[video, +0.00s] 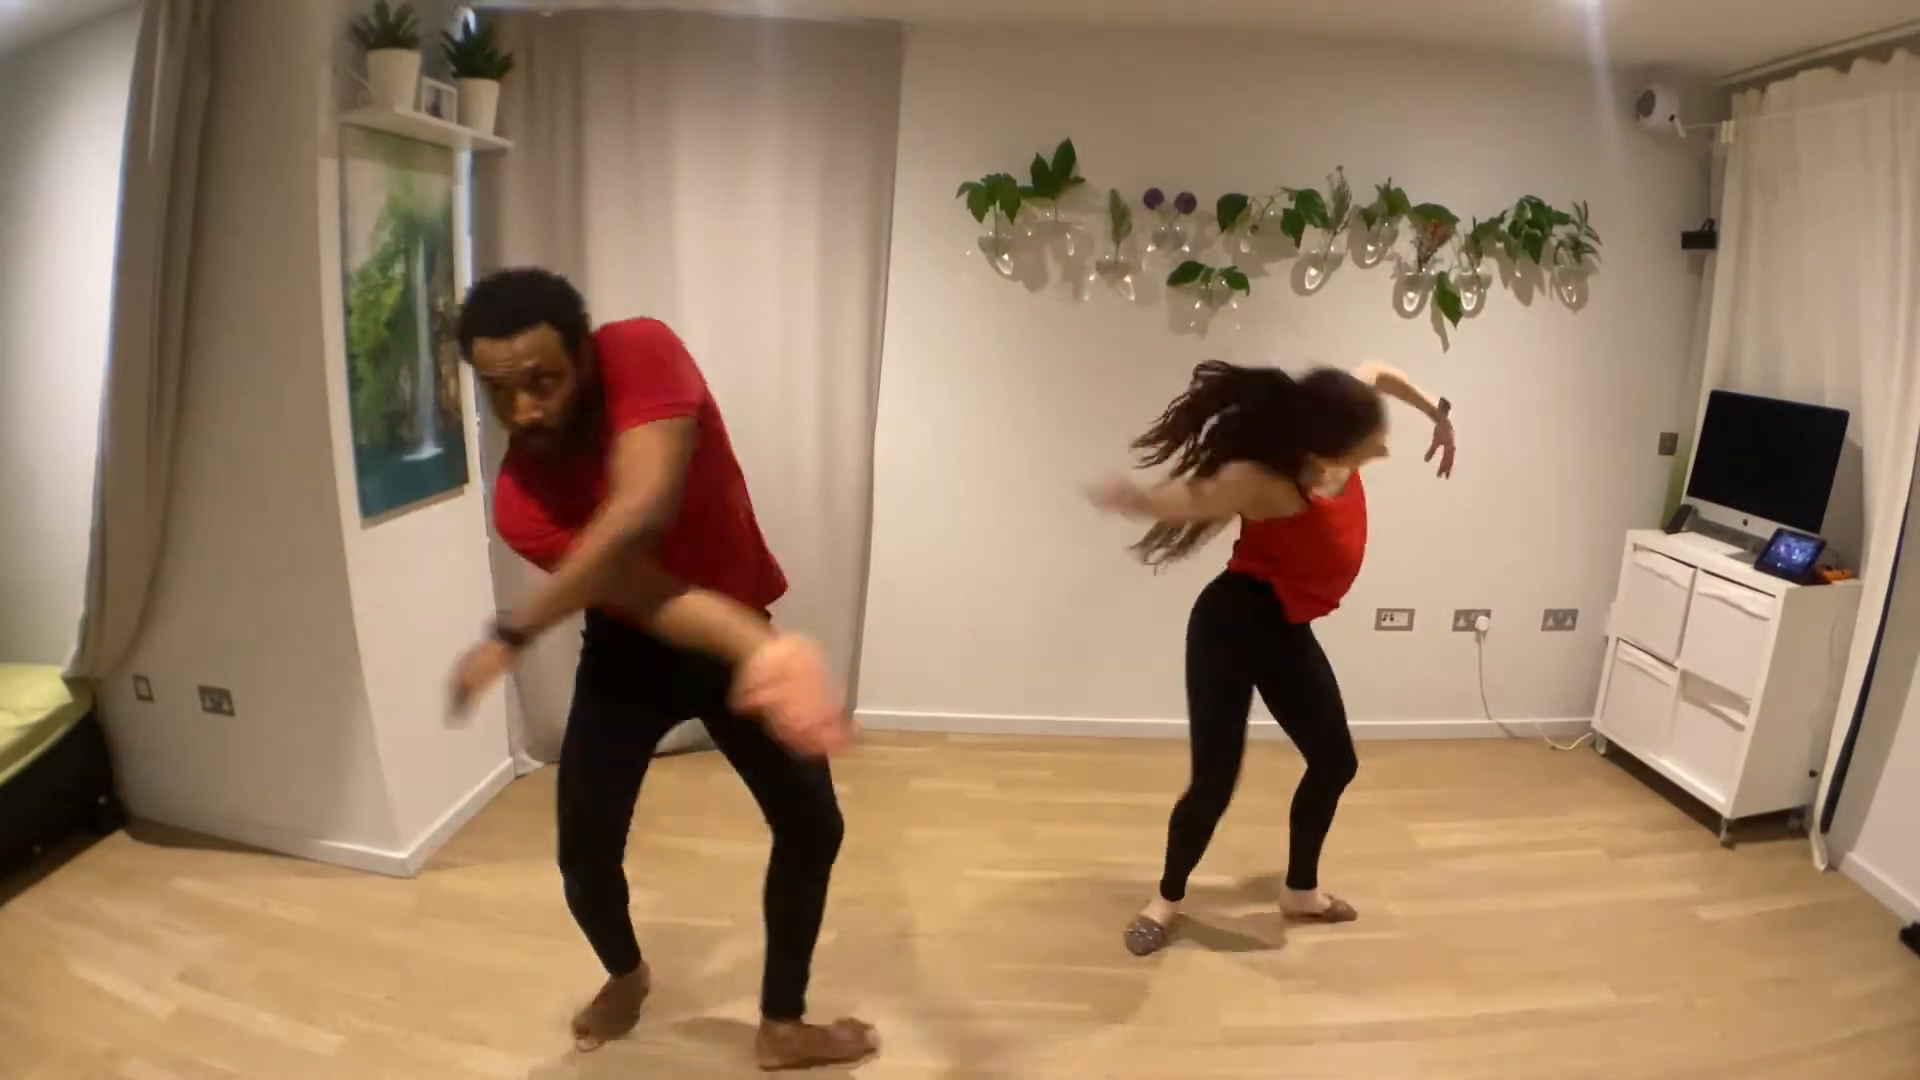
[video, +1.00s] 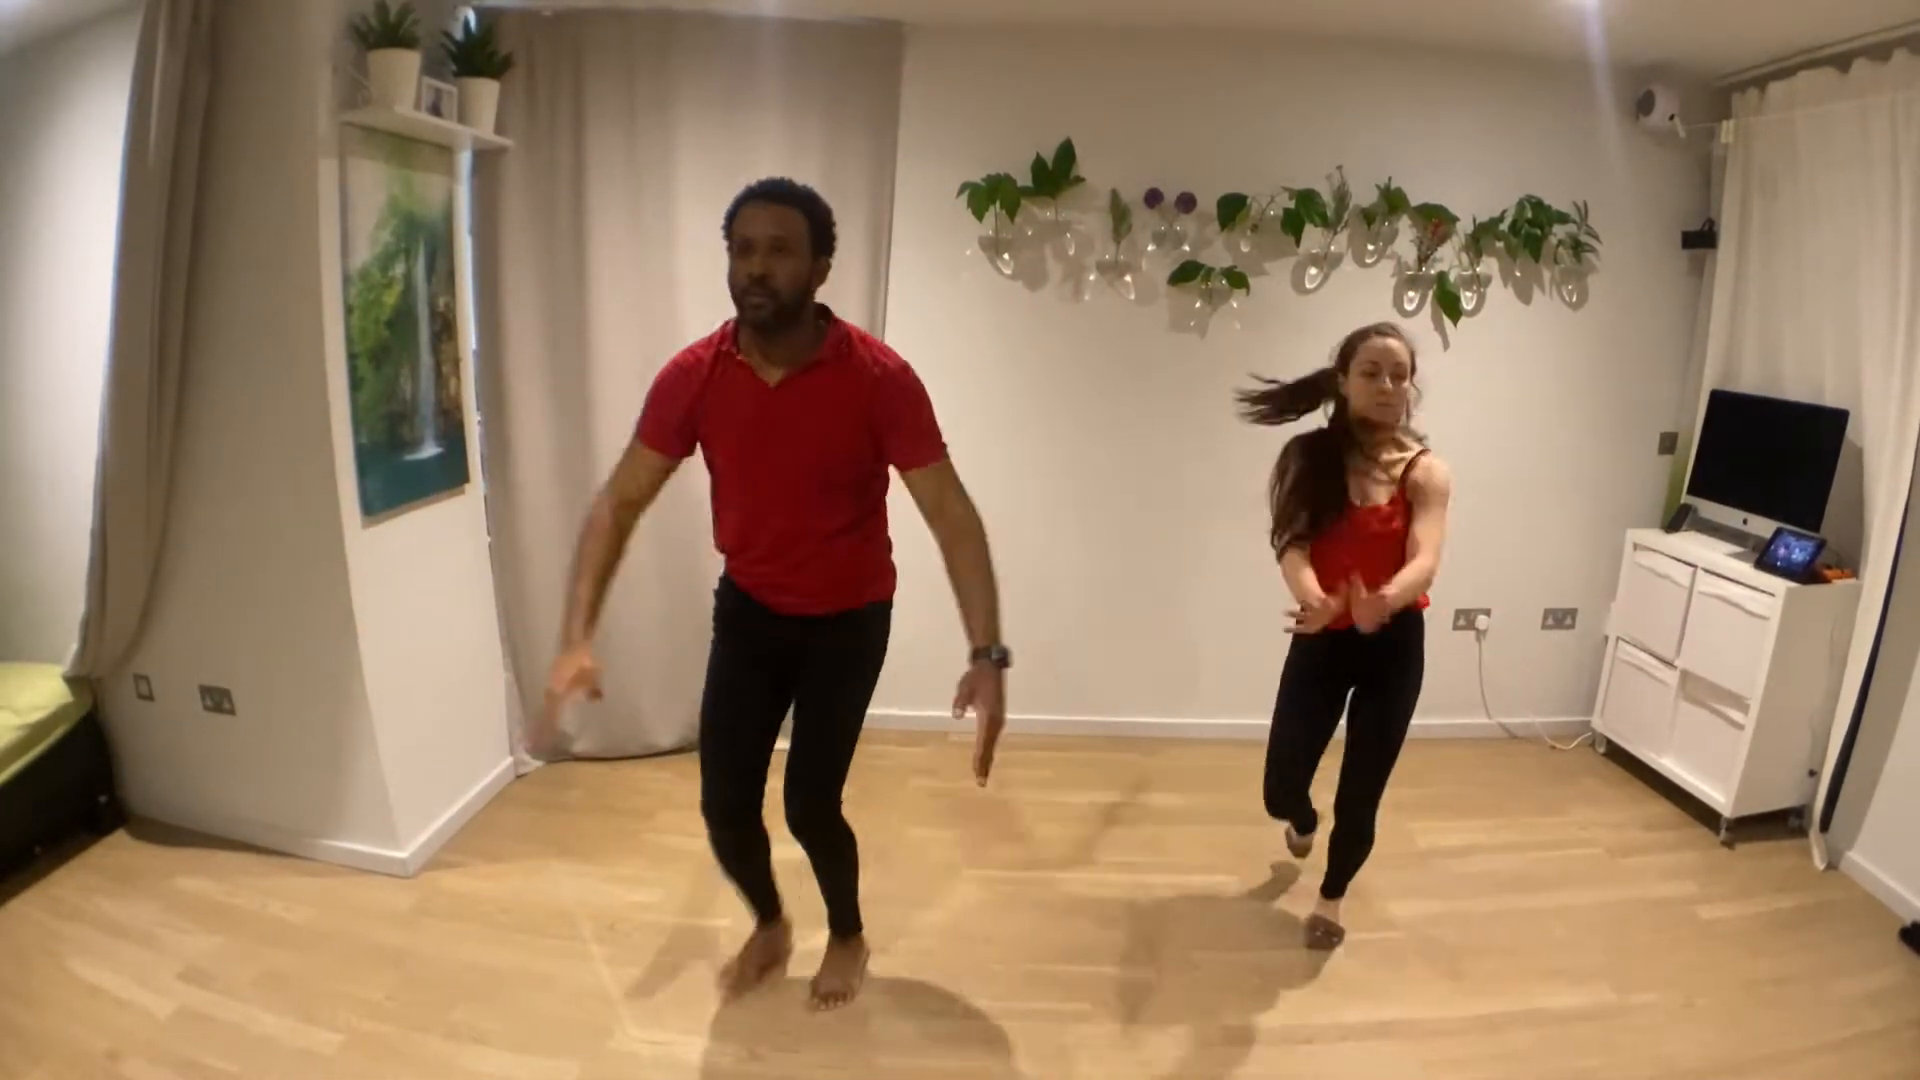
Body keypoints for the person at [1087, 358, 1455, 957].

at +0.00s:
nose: (1357, 469)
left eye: (1361, 458)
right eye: (1348, 459)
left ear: (1356, 448)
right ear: (1314, 453)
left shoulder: (1344, 444)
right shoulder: (1263, 482)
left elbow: (1377, 371)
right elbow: (1197, 498)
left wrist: (1438, 414)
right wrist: (1144, 500)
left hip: (1285, 630)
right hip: (1229, 622)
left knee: (1334, 761)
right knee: (1214, 780)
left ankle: (1301, 891)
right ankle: (1167, 897)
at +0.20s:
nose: (1441, 527)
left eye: (1450, 518)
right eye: (1439, 518)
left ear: (1402, 452)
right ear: (1418, 509)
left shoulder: (1331, 458)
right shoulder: (1378, 529)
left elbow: (1405, 477)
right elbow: (1405, 637)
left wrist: (1436, 541)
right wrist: (1440, 710)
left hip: (1246, 635)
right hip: (1276, 651)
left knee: (1327, 756)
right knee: (1363, 762)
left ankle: (1292, 886)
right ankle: (1270, 865)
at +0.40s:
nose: (1321, 432)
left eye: (1321, 424)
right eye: (1321, 425)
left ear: (1332, 421)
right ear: (1381, 416)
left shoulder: (1305, 472)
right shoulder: (1432, 480)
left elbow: (1244, 527)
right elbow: (1426, 546)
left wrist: (1282, 575)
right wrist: (1374, 562)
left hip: (1315, 656)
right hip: (1384, 657)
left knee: (1309, 760)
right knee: (1343, 733)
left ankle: (1331, 890)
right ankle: (1346, 844)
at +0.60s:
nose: (1338, 401)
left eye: (1355, 391)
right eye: (1333, 385)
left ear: (1395, 399)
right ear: (1327, 379)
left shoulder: (1363, 466)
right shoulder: (1382, 450)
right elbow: (1350, 489)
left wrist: (1291, 556)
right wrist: (1309, 492)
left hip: (1370, 640)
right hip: (1387, 628)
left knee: (1270, 747)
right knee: (1315, 729)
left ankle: (1339, 864)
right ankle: (1339, 839)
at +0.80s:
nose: (1374, 388)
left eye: (1389, 378)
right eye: (1362, 375)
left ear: (1411, 391)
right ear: (1344, 383)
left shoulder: (1419, 470)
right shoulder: (1309, 462)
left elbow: (1441, 575)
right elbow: (1246, 535)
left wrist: (1382, 518)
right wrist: (1201, 486)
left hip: (1387, 636)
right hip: (1323, 628)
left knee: (1322, 764)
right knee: (1297, 748)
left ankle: (1322, 894)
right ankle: (1337, 838)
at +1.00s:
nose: (1386, 386)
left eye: (1399, 376)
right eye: (1371, 373)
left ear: (1412, 388)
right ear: (1342, 382)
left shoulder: (1426, 472)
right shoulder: (1308, 457)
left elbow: (1427, 559)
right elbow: (1291, 545)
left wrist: (1387, 600)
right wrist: (1314, 596)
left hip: (1394, 647)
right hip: (1321, 640)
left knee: (1357, 796)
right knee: (1281, 790)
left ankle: (1332, 899)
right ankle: (1305, 825)